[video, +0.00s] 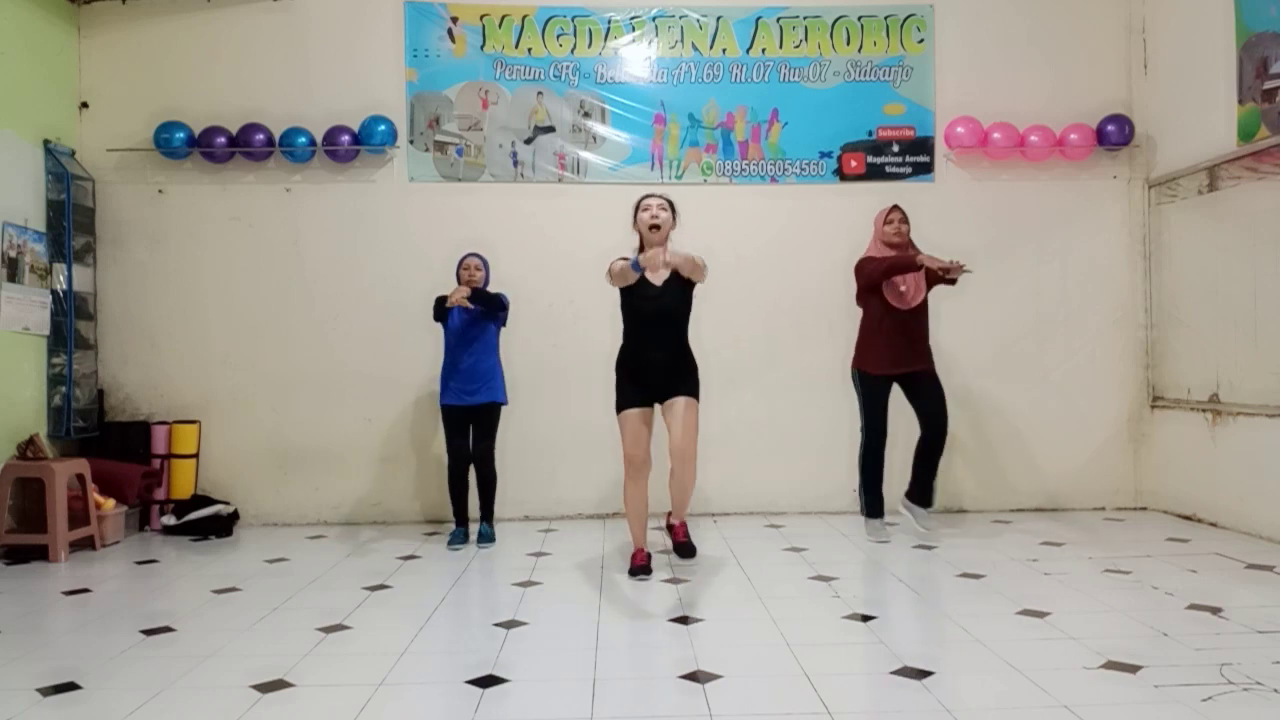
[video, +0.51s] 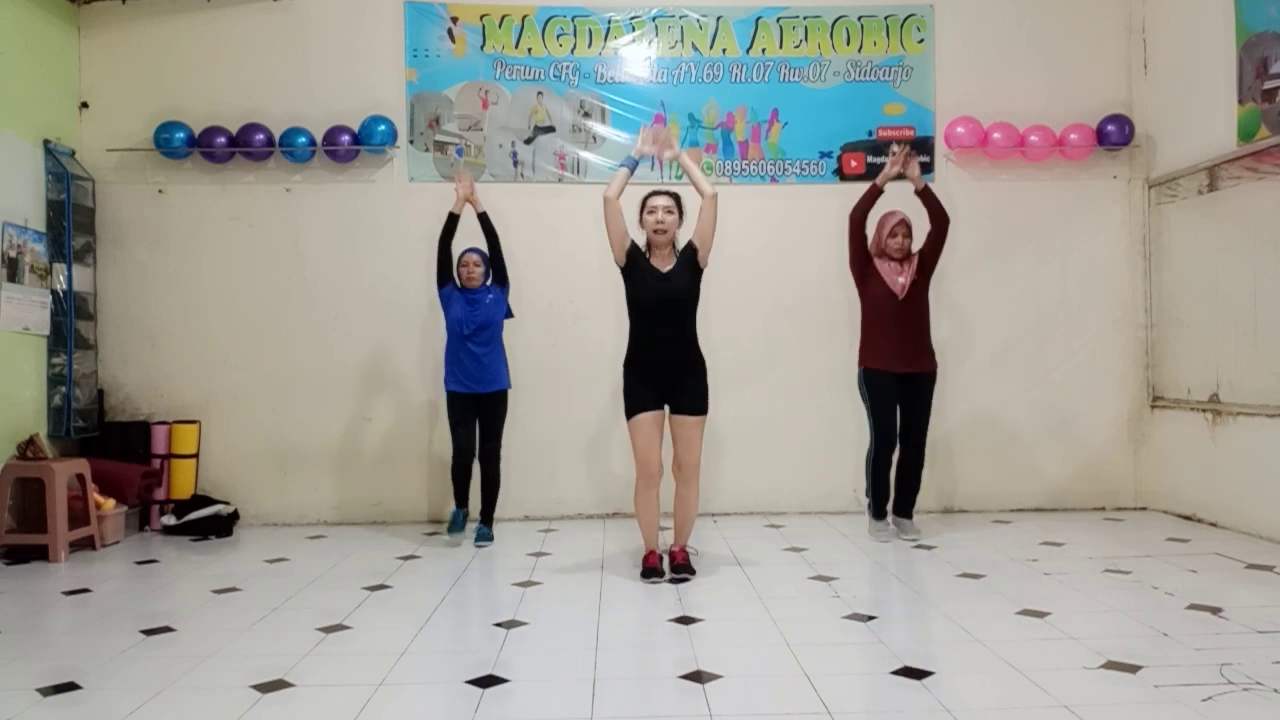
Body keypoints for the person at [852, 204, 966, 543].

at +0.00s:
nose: (898, 226)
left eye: (902, 221)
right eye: (890, 222)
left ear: (910, 230)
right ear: (878, 232)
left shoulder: (918, 264)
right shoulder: (866, 265)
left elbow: (932, 278)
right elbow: (883, 269)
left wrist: (948, 274)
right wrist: (919, 261)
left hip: (914, 361)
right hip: (874, 363)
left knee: (936, 426)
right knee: (874, 436)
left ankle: (917, 501)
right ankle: (873, 514)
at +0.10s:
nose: (897, 231)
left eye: (902, 226)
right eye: (890, 227)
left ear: (908, 234)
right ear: (877, 236)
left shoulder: (917, 268)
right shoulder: (866, 270)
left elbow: (928, 281)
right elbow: (878, 273)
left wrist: (946, 275)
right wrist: (916, 262)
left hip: (914, 365)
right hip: (874, 366)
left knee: (932, 432)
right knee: (874, 438)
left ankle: (912, 500)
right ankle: (873, 515)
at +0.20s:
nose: (897, 236)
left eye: (902, 231)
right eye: (889, 231)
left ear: (909, 239)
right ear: (878, 241)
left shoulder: (922, 273)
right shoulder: (868, 274)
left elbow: (941, 266)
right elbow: (876, 261)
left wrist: (940, 249)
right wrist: (904, 244)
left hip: (914, 369)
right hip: (874, 368)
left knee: (921, 444)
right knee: (874, 441)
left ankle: (908, 516)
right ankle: (873, 515)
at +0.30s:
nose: (899, 234)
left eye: (904, 229)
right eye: (893, 230)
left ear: (911, 234)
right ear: (882, 237)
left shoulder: (924, 265)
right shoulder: (870, 268)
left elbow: (943, 246)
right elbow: (864, 258)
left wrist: (933, 216)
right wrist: (879, 229)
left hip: (917, 361)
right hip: (875, 360)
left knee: (918, 438)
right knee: (873, 435)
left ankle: (908, 513)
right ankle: (874, 511)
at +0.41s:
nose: (897, 226)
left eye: (903, 221)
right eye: (890, 222)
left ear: (912, 230)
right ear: (879, 231)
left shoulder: (923, 261)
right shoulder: (868, 263)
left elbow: (939, 221)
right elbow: (863, 220)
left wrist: (921, 177)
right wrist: (888, 175)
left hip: (917, 359)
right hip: (876, 358)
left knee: (914, 436)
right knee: (879, 432)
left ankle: (908, 510)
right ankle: (879, 501)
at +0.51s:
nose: (902, 237)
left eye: (906, 232)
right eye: (894, 232)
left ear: (912, 239)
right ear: (879, 238)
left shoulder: (921, 267)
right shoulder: (866, 269)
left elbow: (941, 223)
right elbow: (856, 219)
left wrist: (917, 181)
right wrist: (883, 178)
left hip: (919, 368)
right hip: (878, 368)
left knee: (914, 445)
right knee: (884, 442)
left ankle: (904, 515)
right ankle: (878, 514)